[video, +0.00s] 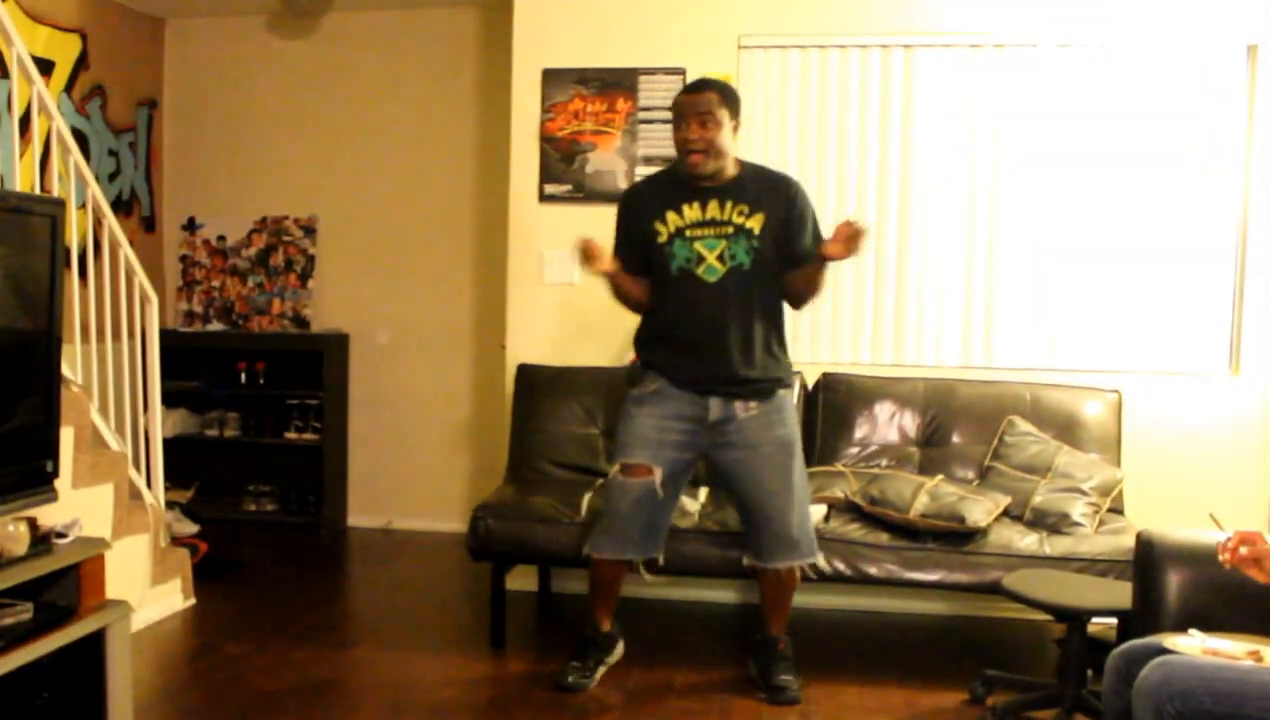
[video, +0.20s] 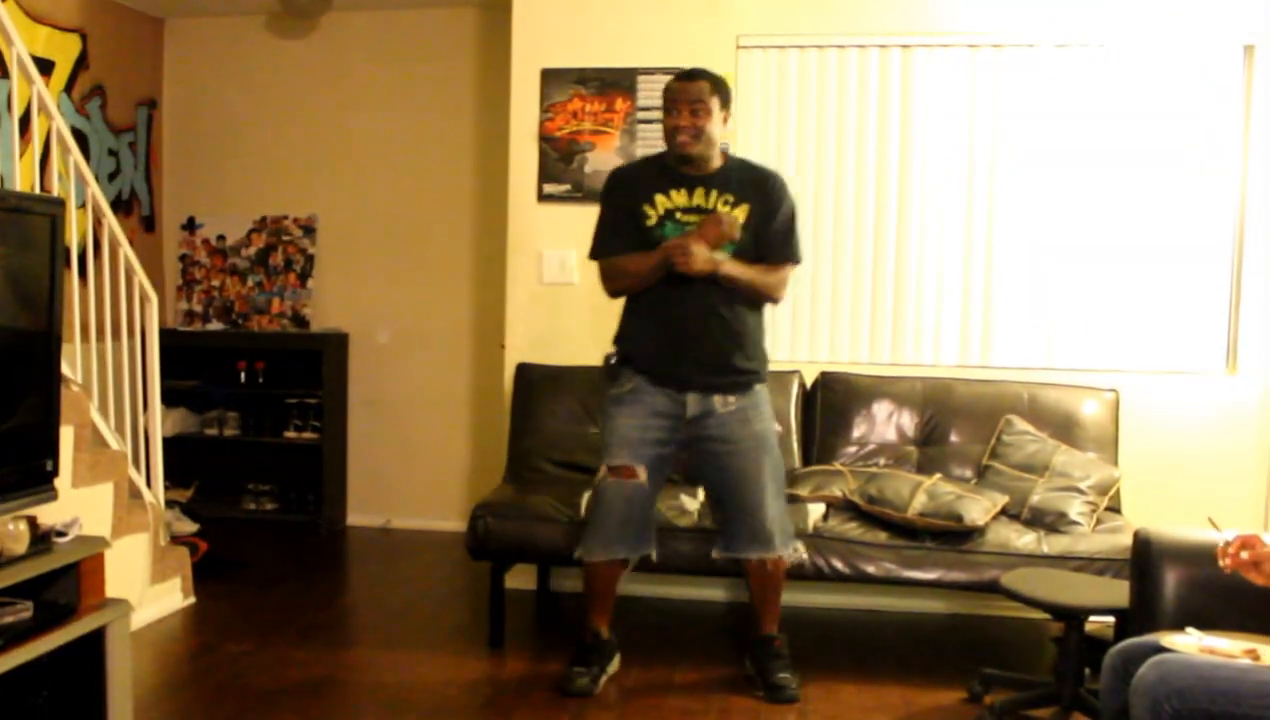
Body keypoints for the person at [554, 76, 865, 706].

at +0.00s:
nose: (692, 132)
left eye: (706, 121)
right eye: (683, 121)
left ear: (735, 129)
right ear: (671, 129)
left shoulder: (781, 196)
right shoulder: (643, 201)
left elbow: (798, 294)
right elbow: (645, 299)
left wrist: (822, 257)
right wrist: (609, 270)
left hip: (758, 393)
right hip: (665, 389)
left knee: (783, 531)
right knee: (624, 504)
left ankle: (774, 646)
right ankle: (599, 635)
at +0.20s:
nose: (684, 121)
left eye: (697, 110)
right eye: (674, 111)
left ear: (723, 117)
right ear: (662, 119)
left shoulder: (764, 190)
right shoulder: (628, 185)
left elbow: (775, 286)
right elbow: (612, 279)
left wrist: (716, 264)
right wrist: (678, 248)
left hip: (736, 388)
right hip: (643, 384)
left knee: (765, 523)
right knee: (615, 499)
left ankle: (769, 644)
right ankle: (596, 641)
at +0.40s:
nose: (676, 122)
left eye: (690, 112)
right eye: (666, 112)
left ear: (716, 122)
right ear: (654, 122)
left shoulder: (754, 197)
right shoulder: (615, 194)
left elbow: (781, 287)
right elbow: (586, 287)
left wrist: (759, 280)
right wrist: (633, 255)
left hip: (730, 395)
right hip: (636, 392)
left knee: (766, 531)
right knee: (603, 508)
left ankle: (772, 645)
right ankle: (595, 643)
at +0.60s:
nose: (694, 121)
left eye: (707, 111)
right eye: (684, 112)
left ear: (732, 120)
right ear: (670, 123)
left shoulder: (778, 192)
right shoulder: (635, 201)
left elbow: (809, 284)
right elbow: (616, 292)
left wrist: (833, 254)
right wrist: (595, 254)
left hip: (756, 396)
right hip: (662, 393)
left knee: (781, 539)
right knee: (624, 517)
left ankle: (781, 655)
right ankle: (605, 642)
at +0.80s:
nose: (708, 116)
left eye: (721, 105)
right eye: (697, 106)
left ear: (744, 115)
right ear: (681, 117)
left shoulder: (786, 190)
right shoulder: (645, 190)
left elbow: (799, 291)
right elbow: (630, 288)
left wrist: (764, 240)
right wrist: (669, 274)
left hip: (759, 395)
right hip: (663, 387)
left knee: (788, 532)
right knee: (628, 495)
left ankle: (782, 653)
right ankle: (597, 643)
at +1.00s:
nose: (696, 127)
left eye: (709, 116)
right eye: (683, 115)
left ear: (726, 123)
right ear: (663, 120)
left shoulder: (759, 200)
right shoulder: (618, 193)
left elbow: (776, 300)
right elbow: (600, 293)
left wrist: (715, 258)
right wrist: (681, 288)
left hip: (729, 402)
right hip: (632, 396)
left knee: (766, 540)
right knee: (604, 518)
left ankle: (769, 650)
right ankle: (592, 657)